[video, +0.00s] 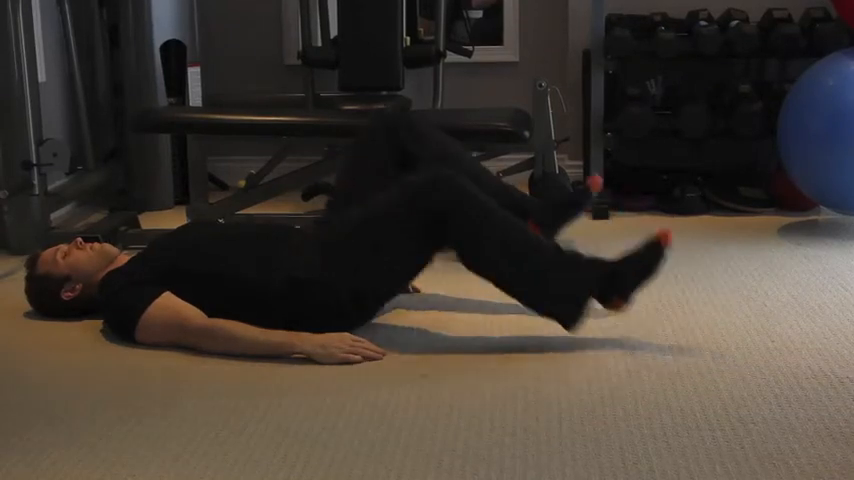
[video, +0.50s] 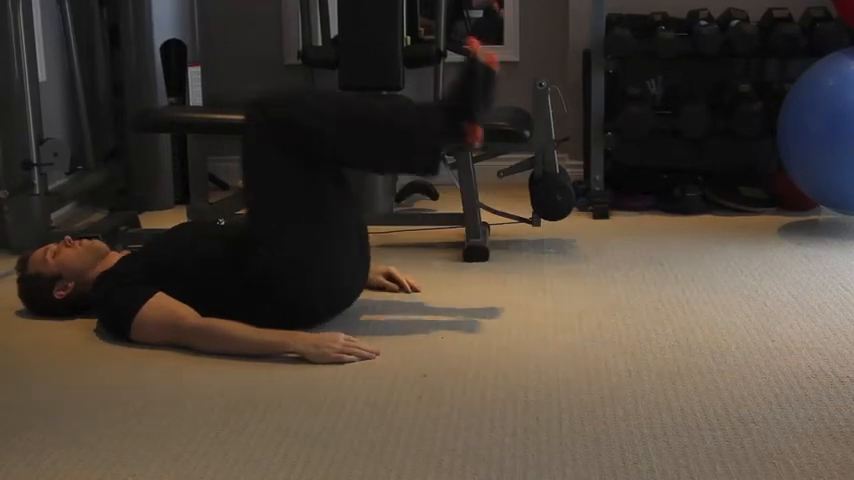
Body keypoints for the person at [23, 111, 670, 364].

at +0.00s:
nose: (81, 239)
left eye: (72, 239)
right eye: (68, 255)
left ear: (91, 242)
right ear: (77, 287)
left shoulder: (150, 251)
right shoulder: (128, 298)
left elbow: (243, 247)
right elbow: (209, 335)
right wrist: (312, 344)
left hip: (330, 242)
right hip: (325, 288)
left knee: (395, 129)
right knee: (441, 193)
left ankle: (530, 213)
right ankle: (585, 286)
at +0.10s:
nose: (79, 237)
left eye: (69, 238)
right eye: (66, 255)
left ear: (89, 241)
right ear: (76, 289)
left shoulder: (152, 253)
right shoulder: (126, 298)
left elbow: (256, 258)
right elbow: (206, 334)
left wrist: (369, 271)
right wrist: (308, 346)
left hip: (327, 258)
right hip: (321, 292)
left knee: (377, 122)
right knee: (406, 153)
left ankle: (516, 214)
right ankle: (551, 254)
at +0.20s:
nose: (80, 239)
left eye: (70, 238)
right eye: (66, 254)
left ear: (89, 241)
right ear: (74, 289)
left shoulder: (147, 259)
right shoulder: (123, 297)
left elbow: (252, 262)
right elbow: (202, 332)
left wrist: (358, 274)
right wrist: (309, 344)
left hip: (325, 270)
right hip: (316, 294)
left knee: (378, 116)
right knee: (358, 131)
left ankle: (514, 187)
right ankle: (499, 227)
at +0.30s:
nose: (77, 238)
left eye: (67, 238)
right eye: (64, 253)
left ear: (89, 241)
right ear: (74, 290)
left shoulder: (147, 257)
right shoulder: (122, 297)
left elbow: (256, 257)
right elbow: (200, 332)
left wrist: (362, 272)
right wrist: (306, 345)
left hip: (323, 267)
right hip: (310, 290)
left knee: (357, 117)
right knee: (333, 128)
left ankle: (517, 154)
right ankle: (497, 195)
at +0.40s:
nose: (73, 238)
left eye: (63, 239)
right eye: (60, 251)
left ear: (85, 247)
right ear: (70, 289)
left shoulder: (151, 253)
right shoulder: (119, 297)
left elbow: (251, 254)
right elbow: (201, 331)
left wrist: (361, 273)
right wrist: (304, 344)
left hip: (325, 271)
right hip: (302, 294)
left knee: (346, 111)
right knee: (298, 123)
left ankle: (475, 143)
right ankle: (452, 163)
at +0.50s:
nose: (73, 236)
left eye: (61, 237)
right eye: (58, 249)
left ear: (83, 245)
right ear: (66, 287)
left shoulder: (144, 251)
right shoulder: (116, 299)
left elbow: (247, 247)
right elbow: (199, 331)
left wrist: (356, 275)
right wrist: (304, 343)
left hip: (315, 270)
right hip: (293, 291)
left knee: (285, 114)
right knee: (273, 118)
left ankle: (447, 121)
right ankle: (445, 129)